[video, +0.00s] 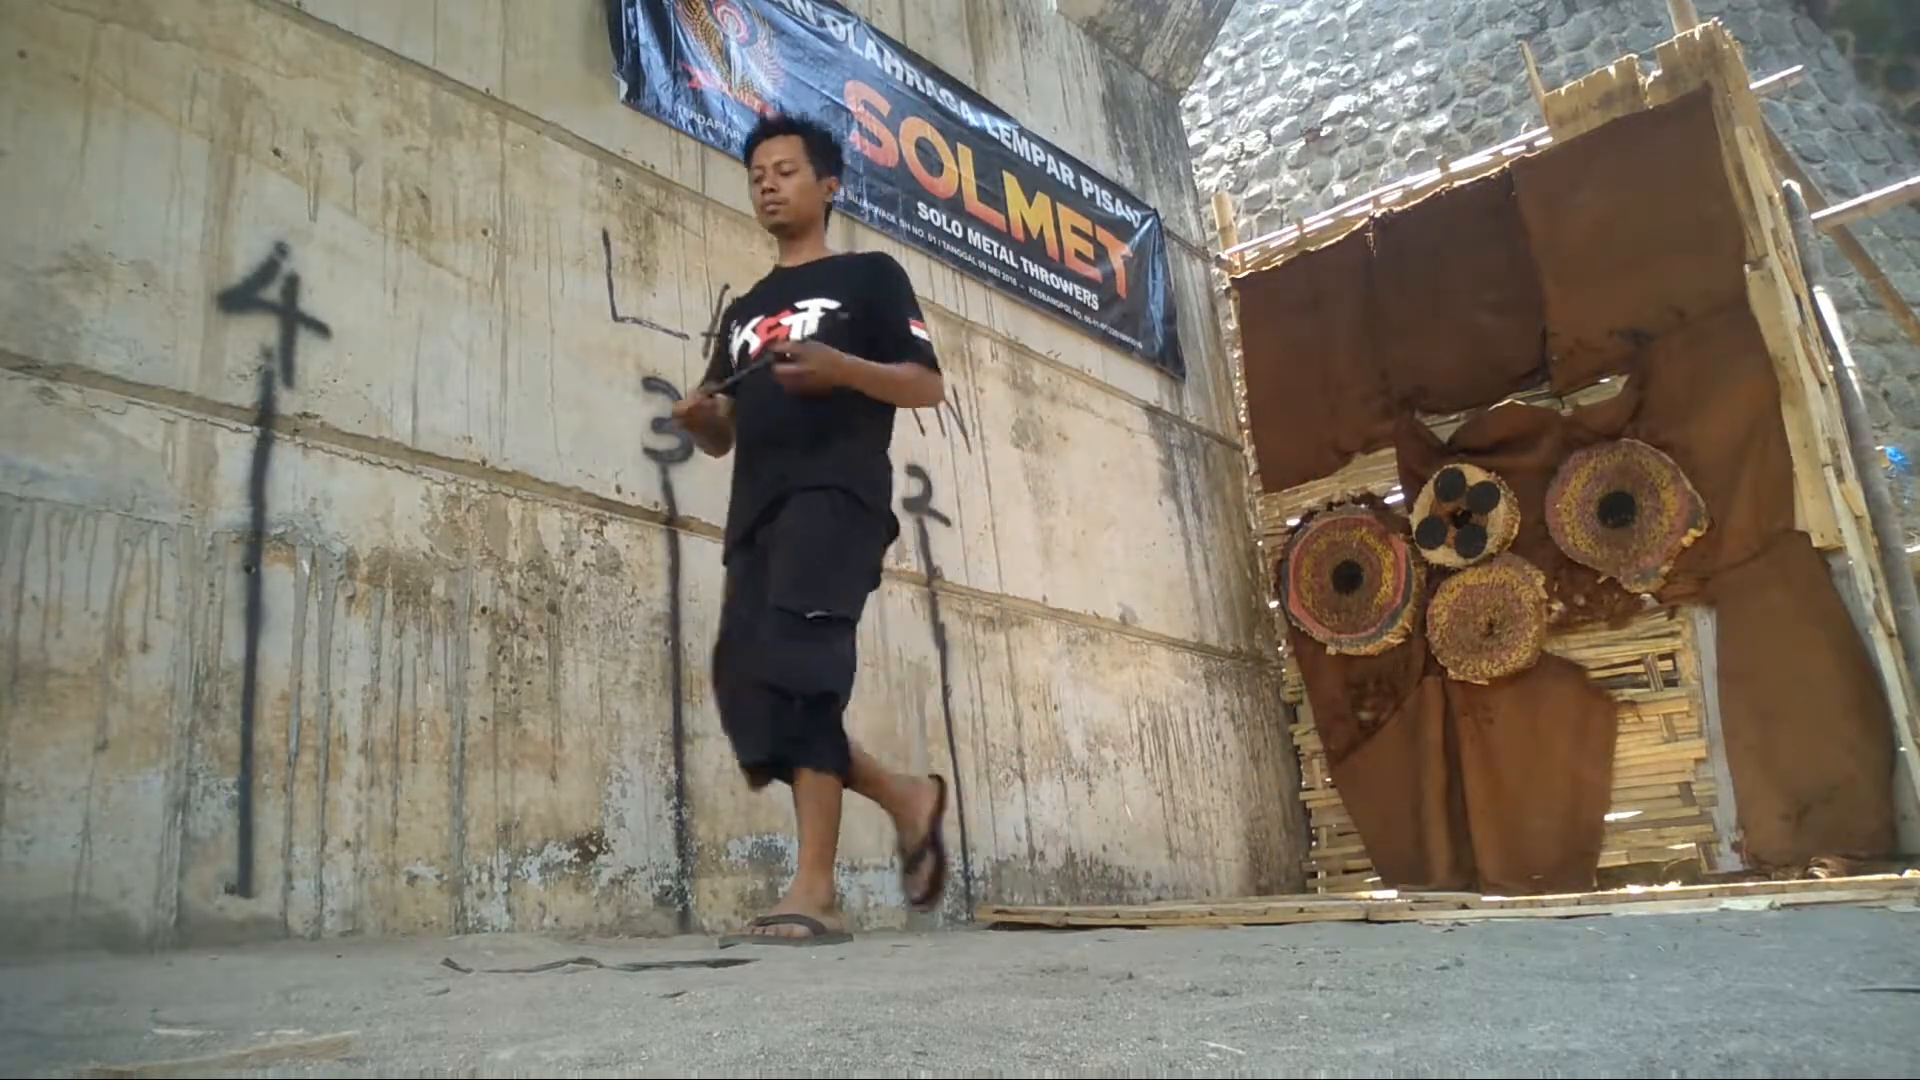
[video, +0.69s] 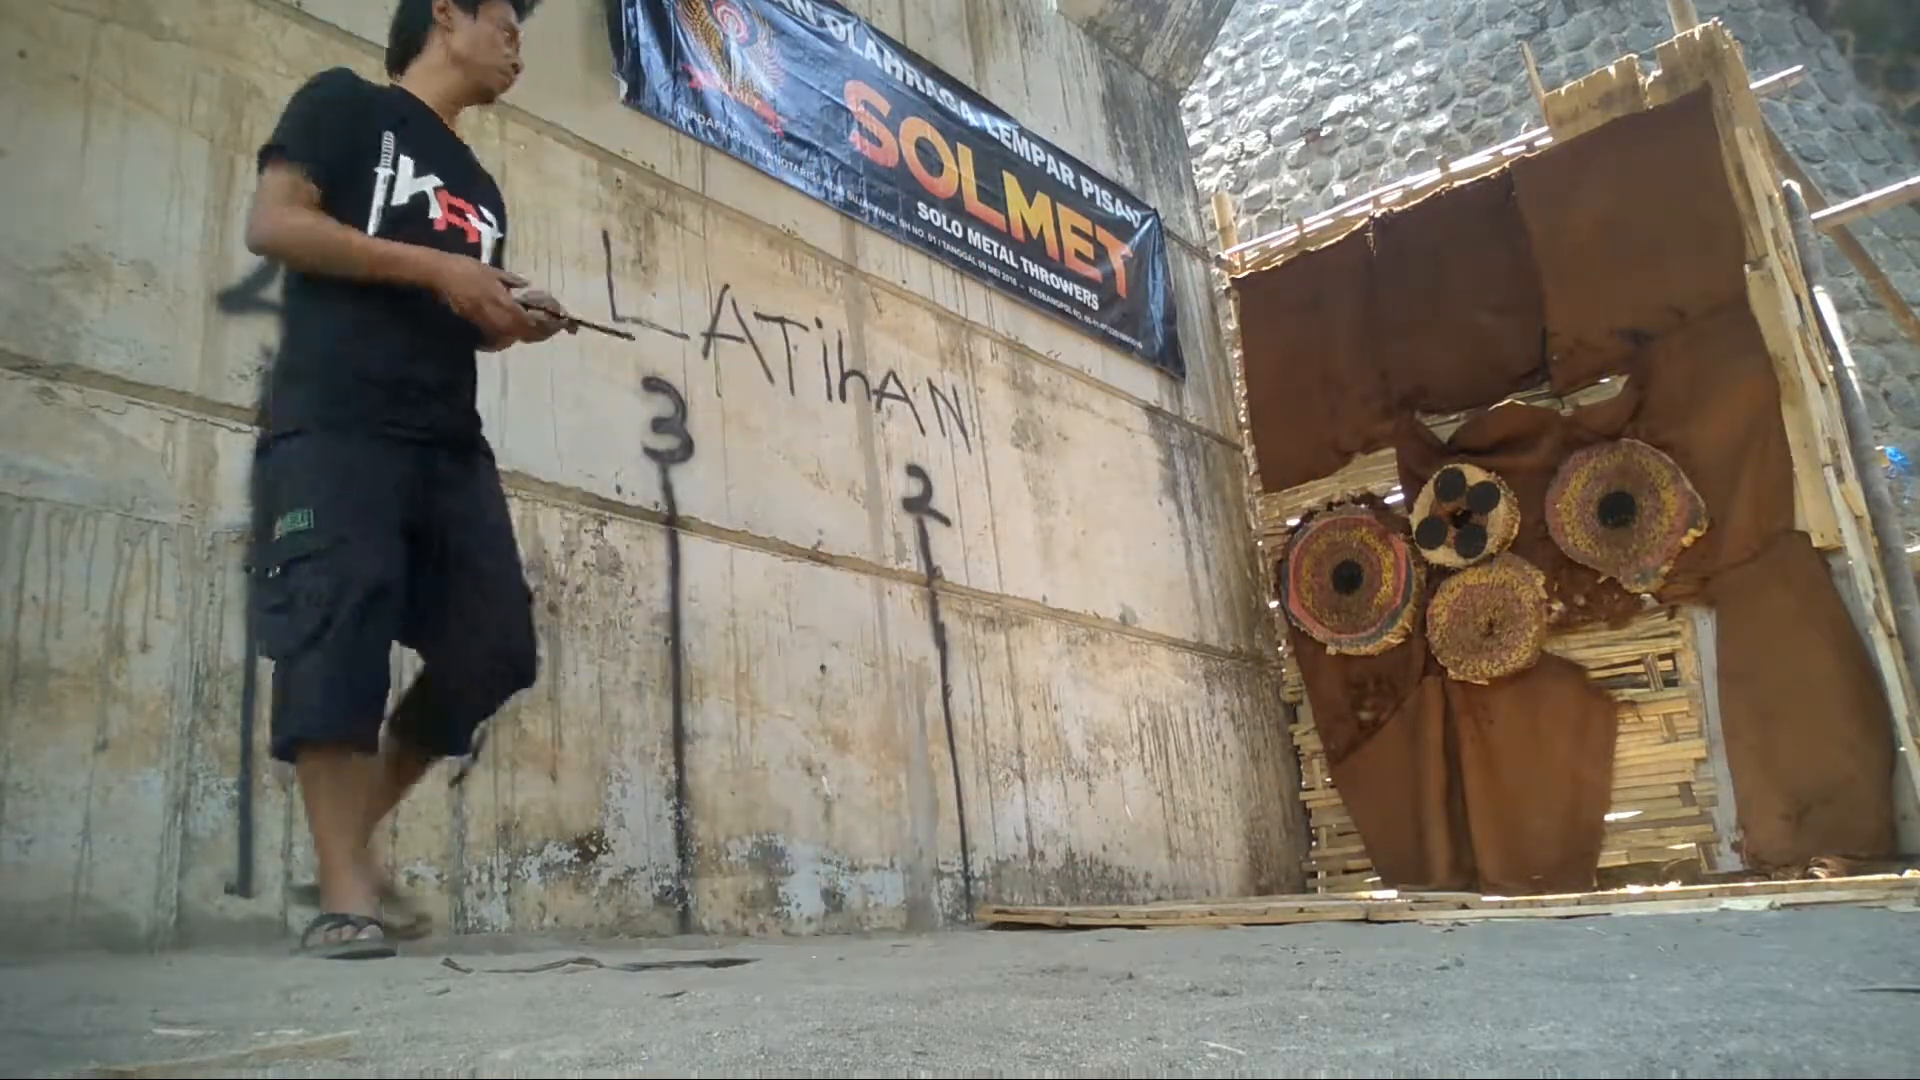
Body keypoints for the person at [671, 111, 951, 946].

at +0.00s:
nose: (769, 187)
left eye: (785, 172)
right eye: (759, 177)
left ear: (828, 185)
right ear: (752, 196)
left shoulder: (873, 275)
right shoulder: (742, 310)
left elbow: (926, 384)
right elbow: (724, 431)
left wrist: (842, 369)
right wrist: (703, 416)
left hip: (834, 505)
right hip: (757, 518)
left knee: (801, 677)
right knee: (749, 698)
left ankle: (814, 893)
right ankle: (909, 799)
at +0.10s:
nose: (740, 160)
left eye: (757, 146)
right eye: (728, 150)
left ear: (793, 162)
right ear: (717, 169)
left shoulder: (838, 245)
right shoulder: (706, 288)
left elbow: (891, 356)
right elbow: (680, 408)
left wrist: (787, 335)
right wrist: (650, 399)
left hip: (803, 493)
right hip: (715, 502)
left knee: (788, 671)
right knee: (660, 661)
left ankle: (814, 892)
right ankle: (812, 800)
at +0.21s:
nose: (704, 123)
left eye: (720, 113)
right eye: (687, 112)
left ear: (743, 135)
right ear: (661, 133)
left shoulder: (786, 224)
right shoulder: (638, 262)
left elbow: (836, 332)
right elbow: (619, 393)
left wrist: (716, 311)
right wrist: (588, 371)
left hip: (749, 490)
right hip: (645, 487)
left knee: (772, 672)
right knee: (560, 611)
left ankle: (812, 890)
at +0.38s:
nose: (649, 102)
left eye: (661, 94)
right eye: (629, 86)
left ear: (668, 122)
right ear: (580, 105)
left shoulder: (700, 227)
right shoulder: (524, 230)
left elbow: (739, 346)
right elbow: (488, 371)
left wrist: (642, 321)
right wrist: (516, 341)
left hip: (656, 494)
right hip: (533, 491)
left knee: (720, 665)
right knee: (435, 658)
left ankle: (806, 878)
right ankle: (362, 891)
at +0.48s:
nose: (601, 88)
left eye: (605, 80)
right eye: (582, 68)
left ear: (600, 104)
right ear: (520, 71)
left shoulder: (606, 223)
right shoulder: (432, 185)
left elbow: (637, 358)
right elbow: (378, 315)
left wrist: (589, 317)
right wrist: (471, 316)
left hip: (565, 489)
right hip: (438, 474)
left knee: (641, 655)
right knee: (369, 630)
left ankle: (740, 854)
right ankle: (351, 902)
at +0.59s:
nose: (566, 63)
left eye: (569, 51)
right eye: (547, 41)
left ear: (552, 80)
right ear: (484, 47)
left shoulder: (556, 205)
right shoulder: (393, 147)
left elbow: (573, 347)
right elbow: (329, 271)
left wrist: (556, 327)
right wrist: (459, 291)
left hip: (513, 473)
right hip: (388, 459)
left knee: (581, 653)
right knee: (349, 646)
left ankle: (611, 838)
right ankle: (353, 904)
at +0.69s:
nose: (521, 43)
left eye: (522, 29)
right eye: (508, 21)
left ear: (466, 32)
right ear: (448, 18)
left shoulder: (481, 184)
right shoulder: (344, 96)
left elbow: (449, 321)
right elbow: (274, 221)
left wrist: (511, 317)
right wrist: (439, 270)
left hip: (445, 441)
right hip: (333, 429)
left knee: (491, 650)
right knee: (337, 636)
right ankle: (346, 903)